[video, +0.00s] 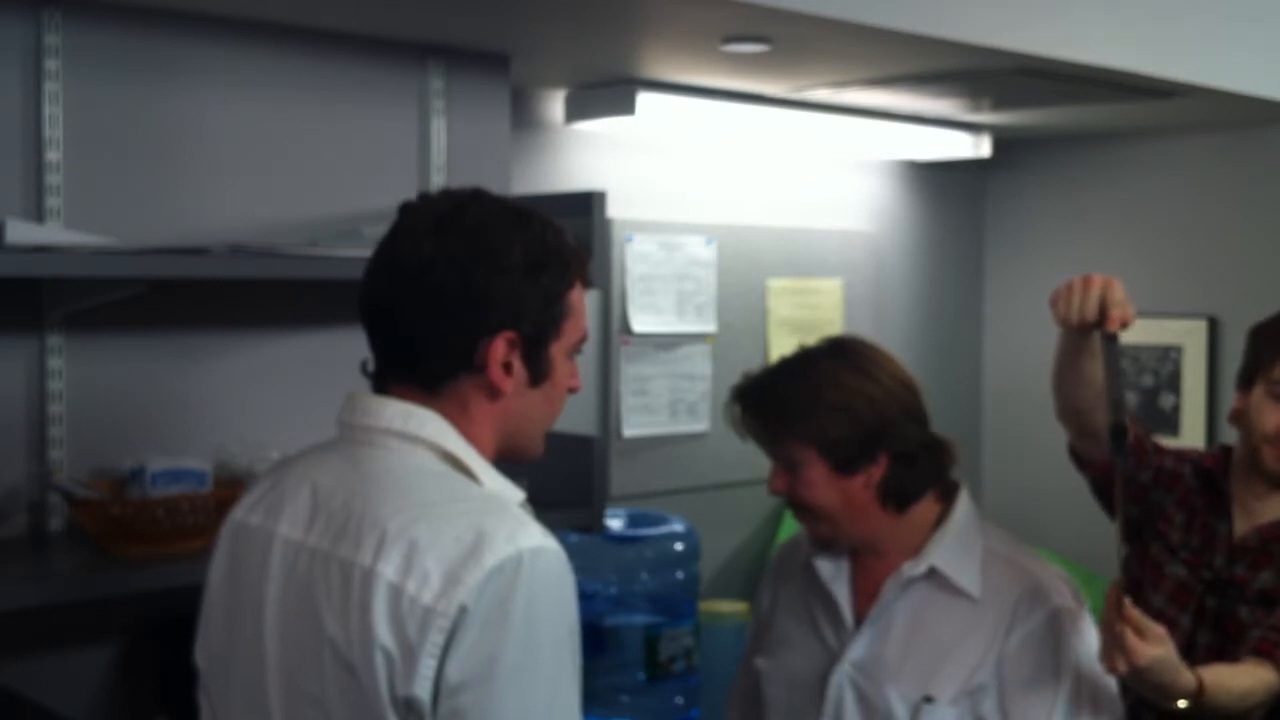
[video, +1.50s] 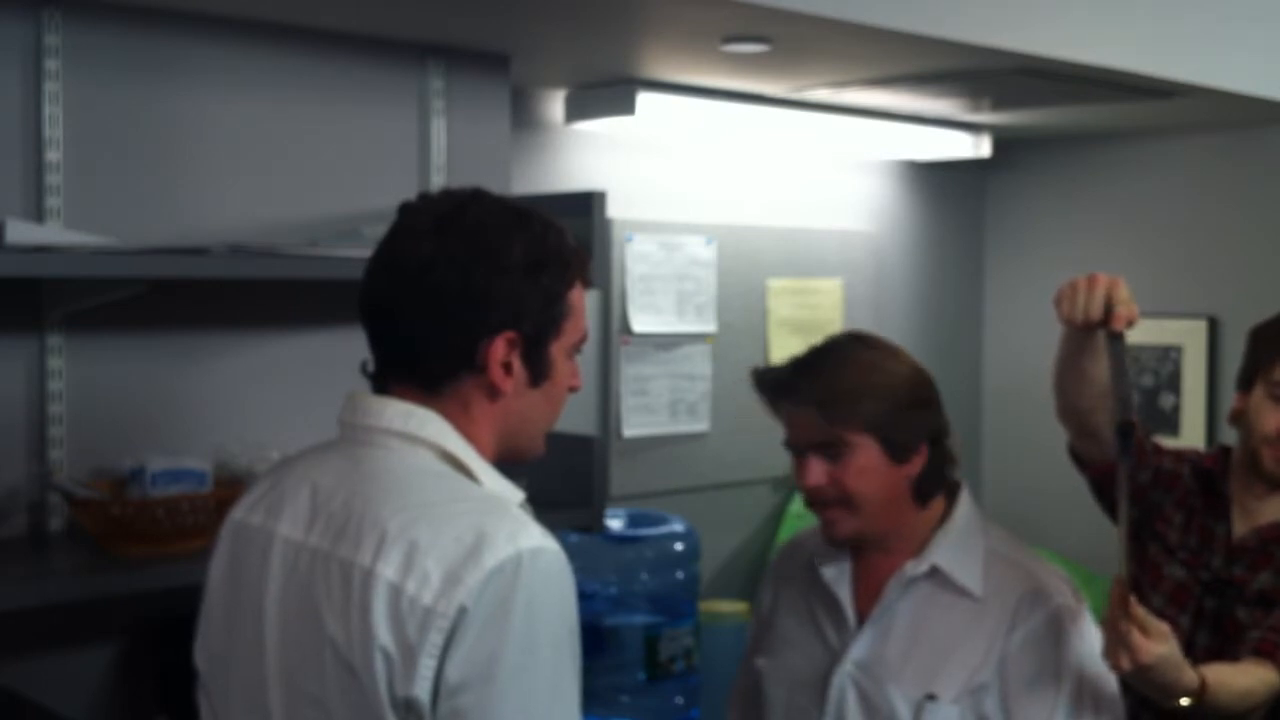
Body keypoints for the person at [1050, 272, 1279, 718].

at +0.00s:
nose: (1279, 419)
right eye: (1275, 394)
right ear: (1240, 401)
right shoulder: (1168, 485)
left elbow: (1268, 675)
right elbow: (1089, 427)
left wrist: (1186, 686)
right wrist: (1082, 329)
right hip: (1132, 704)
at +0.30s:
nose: (1279, 421)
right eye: (1275, 396)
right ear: (1241, 400)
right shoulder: (1168, 485)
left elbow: (1268, 675)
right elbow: (1088, 427)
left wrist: (1186, 686)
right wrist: (1083, 328)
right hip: (1131, 703)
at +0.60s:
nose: (1278, 421)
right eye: (1275, 396)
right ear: (1241, 401)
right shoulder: (1167, 485)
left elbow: (1267, 676)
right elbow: (1088, 426)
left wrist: (1185, 686)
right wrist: (1083, 329)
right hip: (1131, 703)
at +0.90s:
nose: (1279, 422)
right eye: (1275, 396)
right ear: (1241, 401)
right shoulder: (1168, 485)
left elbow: (1267, 675)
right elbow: (1090, 426)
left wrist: (1185, 684)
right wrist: (1085, 329)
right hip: (1136, 704)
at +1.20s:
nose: (1279, 422)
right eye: (1275, 396)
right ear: (1241, 401)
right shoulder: (1168, 485)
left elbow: (1268, 675)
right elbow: (1090, 426)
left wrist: (1186, 685)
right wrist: (1085, 329)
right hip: (1137, 704)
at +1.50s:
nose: (1278, 420)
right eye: (1275, 395)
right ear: (1241, 402)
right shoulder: (1168, 485)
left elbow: (1268, 676)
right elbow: (1091, 426)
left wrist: (1188, 685)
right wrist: (1086, 329)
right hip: (1137, 704)